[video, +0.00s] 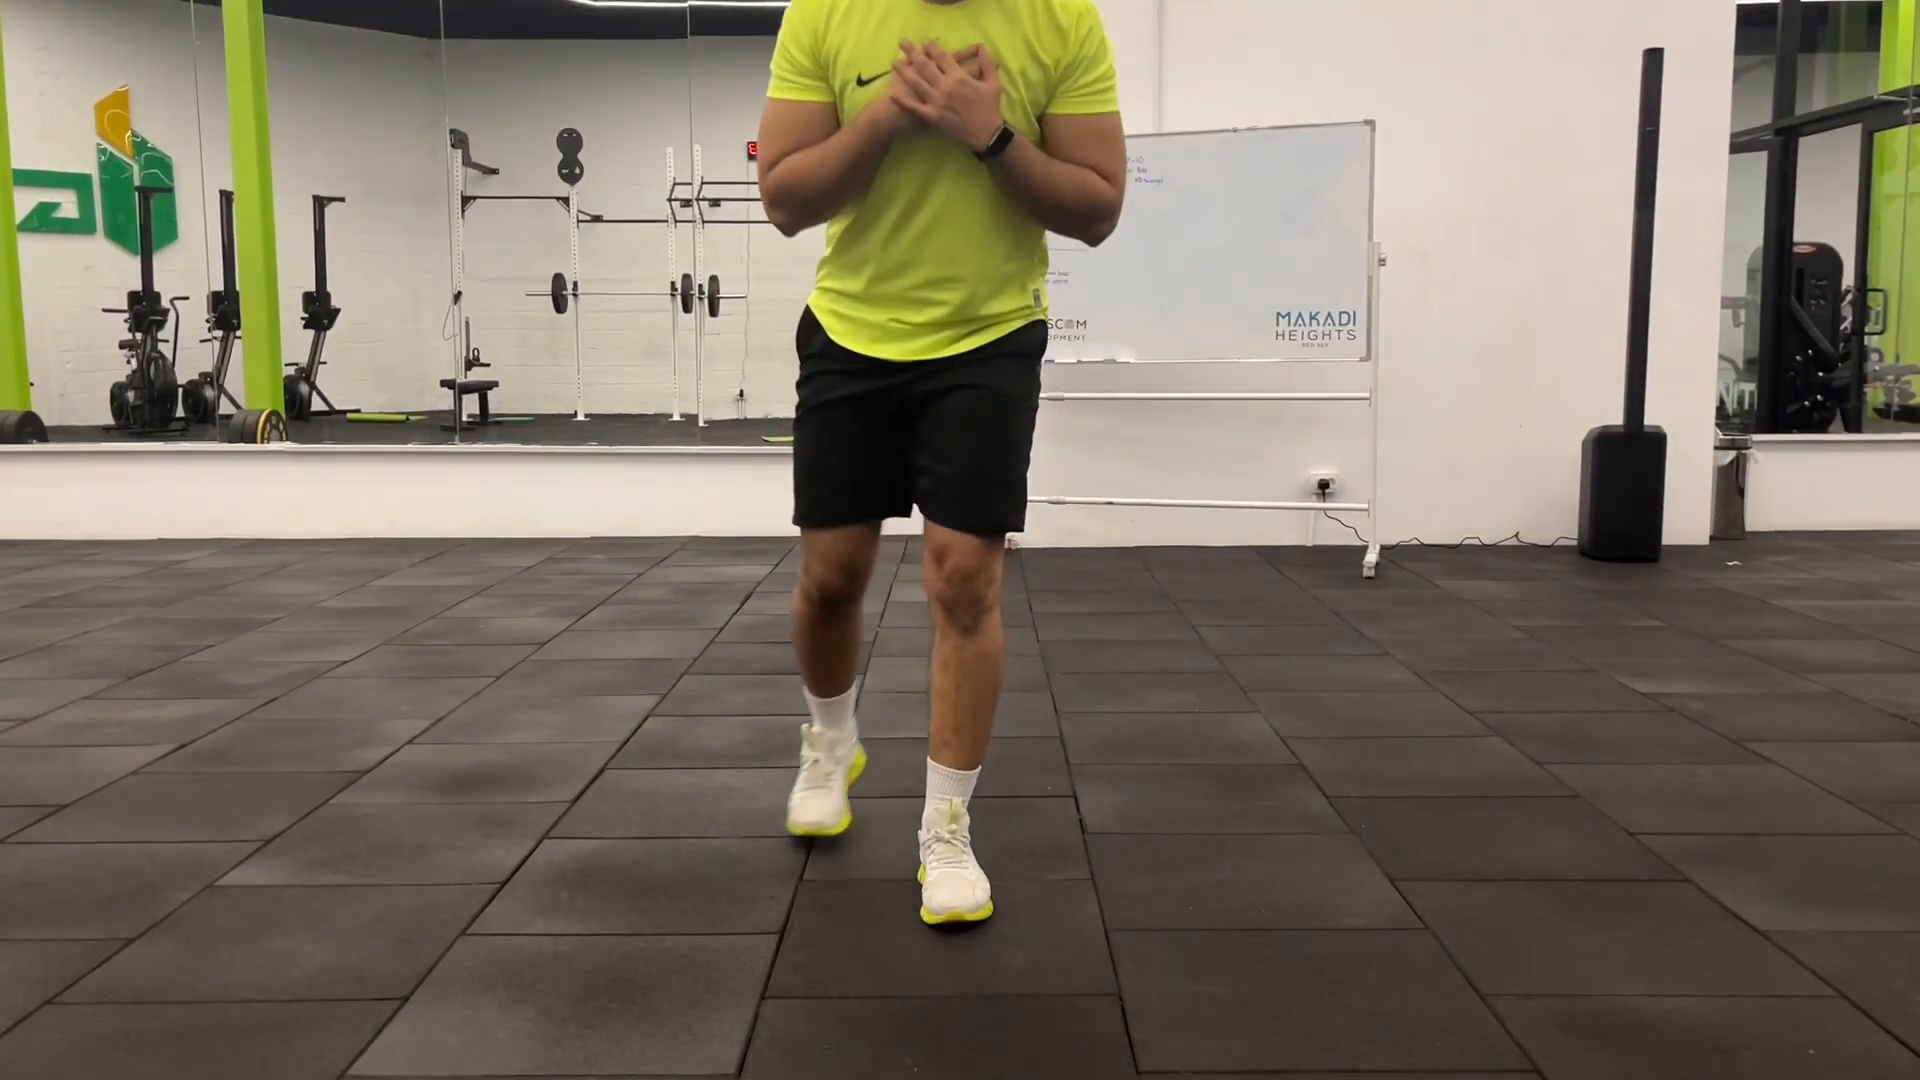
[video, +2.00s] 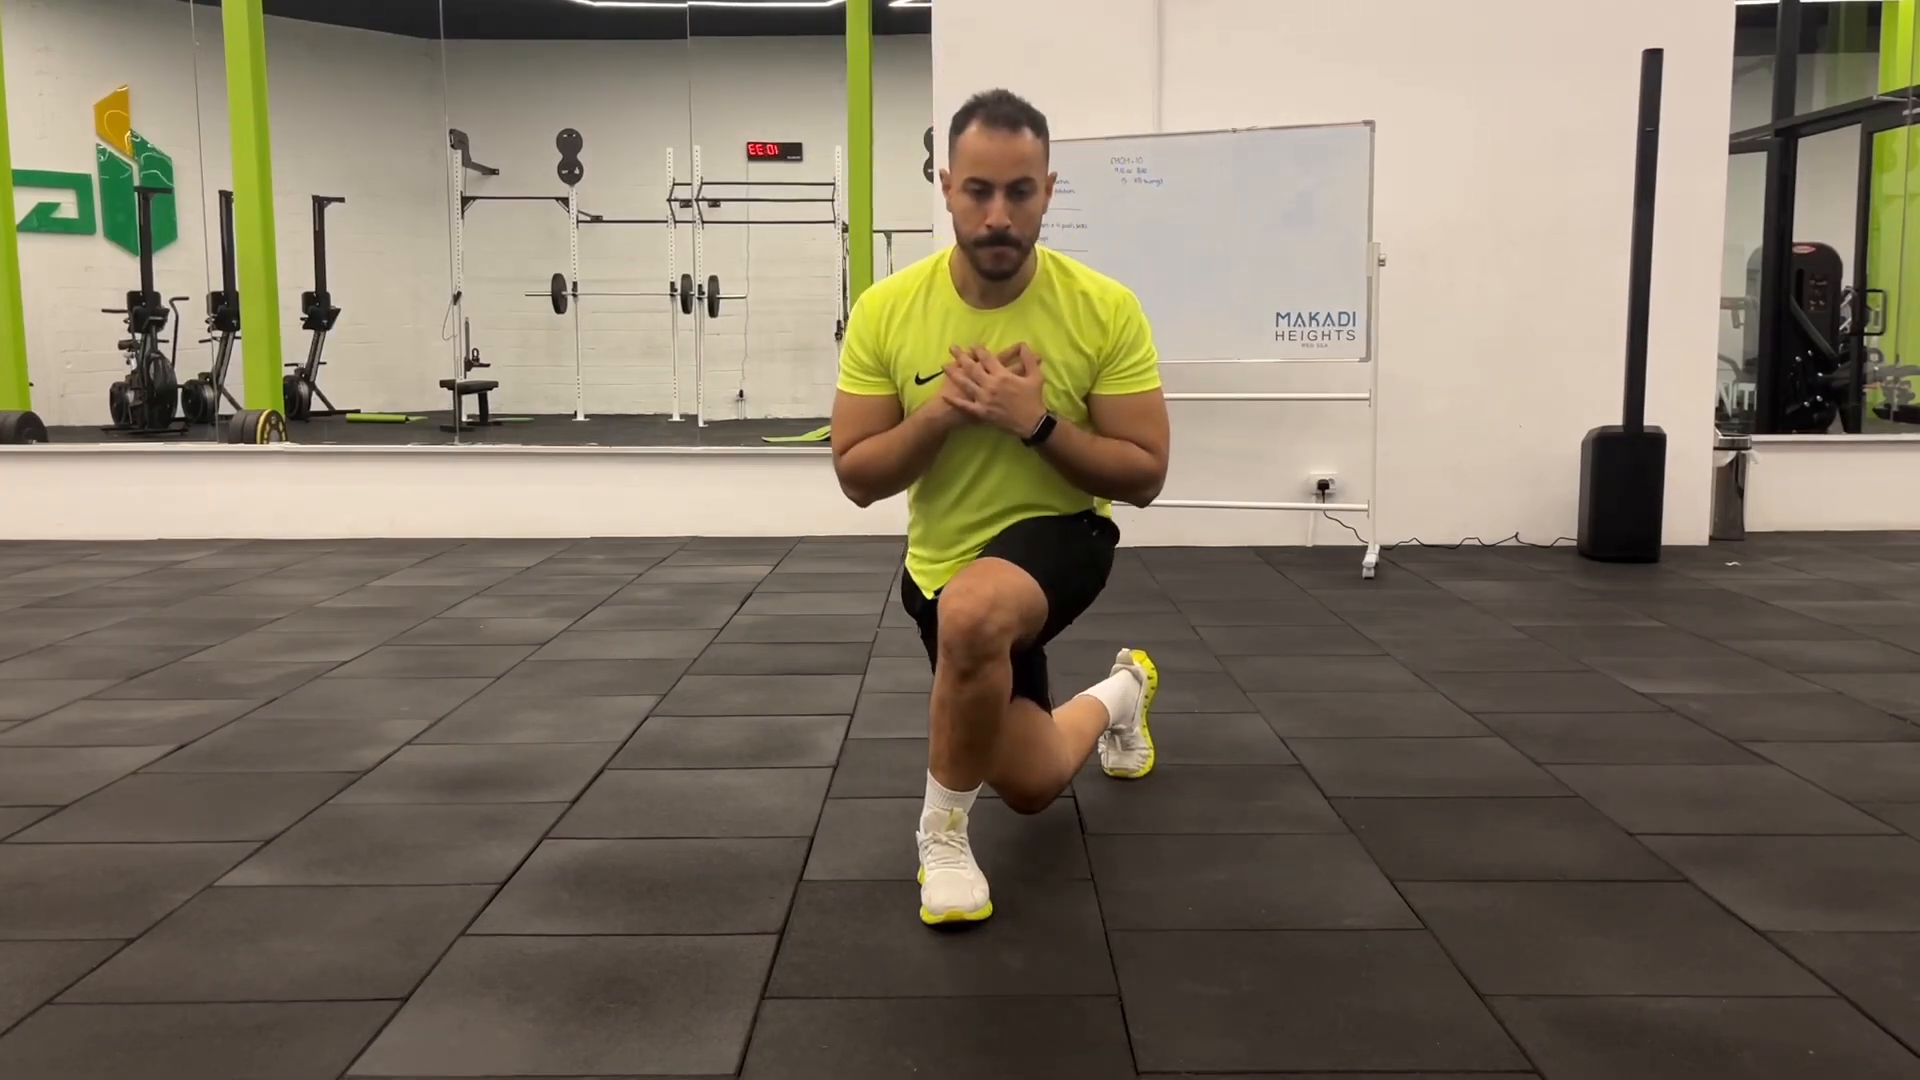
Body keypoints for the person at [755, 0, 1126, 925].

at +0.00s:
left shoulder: (1060, 18)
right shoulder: (825, 13)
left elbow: (1097, 209)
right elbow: (786, 199)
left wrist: (994, 135)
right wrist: (886, 113)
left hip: (989, 332)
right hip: (853, 327)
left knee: (964, 579)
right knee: (830, 580)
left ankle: (947, 829)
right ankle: (829, 742)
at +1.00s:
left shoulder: (1079, 15)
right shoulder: (836, 8)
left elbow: (1112, 199)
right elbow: (792, 182)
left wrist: (1006, 114)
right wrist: (902, 94)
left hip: (996, 330)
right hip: (858, 324)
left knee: (972, 582)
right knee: (847, 576)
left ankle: (949, 826)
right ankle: (888, 729)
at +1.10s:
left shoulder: (1082, 20)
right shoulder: (842, 11)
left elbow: (1114, 215)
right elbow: (794, 192)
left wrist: (1019, 136)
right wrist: (908, 110)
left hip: (1005, 331)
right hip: (870, 330)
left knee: (977, 582)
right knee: (891, 581)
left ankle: (947, 829)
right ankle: (983, 675)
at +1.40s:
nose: (993, 46)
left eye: (1016, 21)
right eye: (972, 20)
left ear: (1041, 24)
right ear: (933, 18)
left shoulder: (1091, 148)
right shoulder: (853, 140)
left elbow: (1126, 322)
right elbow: (816, 320)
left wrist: (1029, 270)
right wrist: (928, 252)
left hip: (1033, 395)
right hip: (908, 411)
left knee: (973, 607)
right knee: (998, 604)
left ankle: (946, 834)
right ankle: (1093, 684)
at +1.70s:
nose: (994, 177)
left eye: (1015, 151)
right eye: (973, 150)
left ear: (1043, 149)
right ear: (937, 150)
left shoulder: (1103, 265)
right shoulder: (877, 266)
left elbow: (1142, 426)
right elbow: (851, 430)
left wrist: (1036, 386)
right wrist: (937, 373)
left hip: (1058, 484)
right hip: (940, 509)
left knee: (970, 609)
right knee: (1029, 729)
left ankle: (944, 831)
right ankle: (1126, 687)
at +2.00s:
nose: (999, 217)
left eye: (1020, 193)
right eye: (979, 192)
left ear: (1048, 193)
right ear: (946, 191)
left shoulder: (1106, 313)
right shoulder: (885, 313)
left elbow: (1144, 473)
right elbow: (858, 477)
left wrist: (1040, 426)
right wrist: (943, 413)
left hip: (1063, 523)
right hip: (944, 546)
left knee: (970, 613)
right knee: (1028, 782)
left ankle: (943, 831)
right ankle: (1124, 693)